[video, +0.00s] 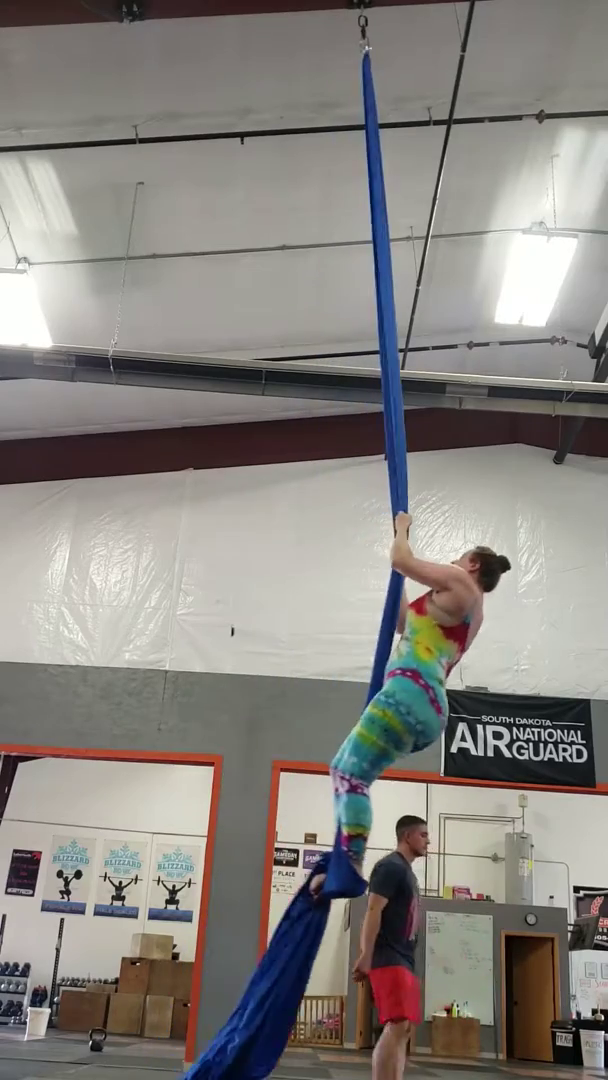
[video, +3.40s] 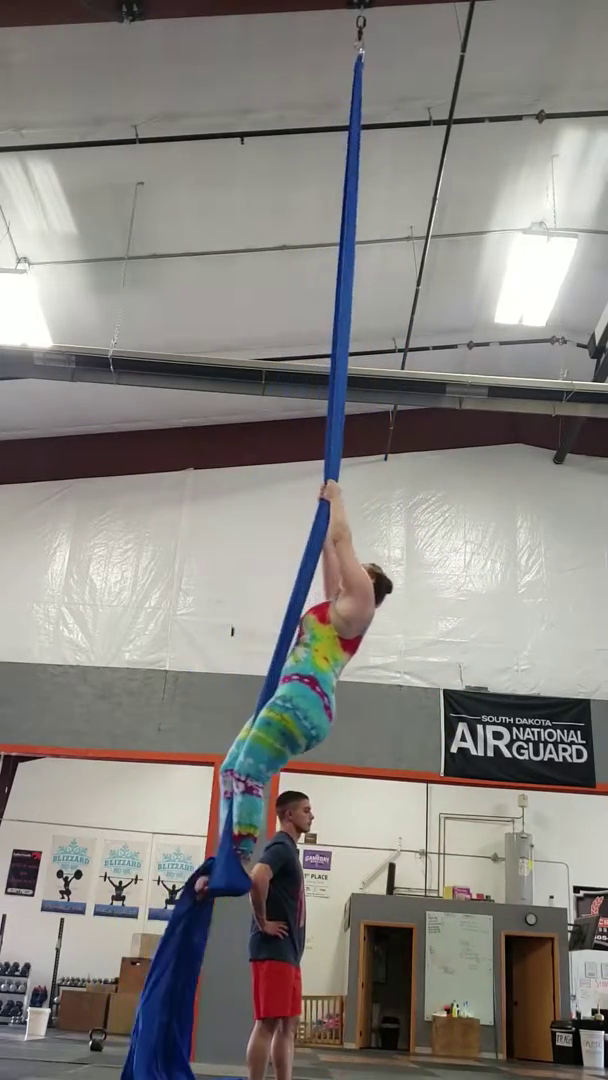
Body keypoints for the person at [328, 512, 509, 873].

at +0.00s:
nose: (456, 560)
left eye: (463, 556)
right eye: (462, 556)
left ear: (473, 563)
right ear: (482, 573)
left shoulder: (461, 582)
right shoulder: (473, 609)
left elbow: (402, 560)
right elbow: (406, 623)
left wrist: (402, 530)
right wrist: (396, 577)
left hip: (410, 692)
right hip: (431, 709)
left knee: (348, 771)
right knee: (352, 774)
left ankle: (348, 868)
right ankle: (348, 865)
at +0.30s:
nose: (450, 543)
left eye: (456, 540)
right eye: (455, 540)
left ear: (464, 546)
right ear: (477, 557)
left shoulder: (455, 565)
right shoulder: (459, 595)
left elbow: (395, 563)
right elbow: (394, 619)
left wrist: (408, 532)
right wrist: (404, 572)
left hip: (432, 679)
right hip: (458, 698)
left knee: (393, 773)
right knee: (393, 773)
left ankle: (410, 864)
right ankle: (404, 864)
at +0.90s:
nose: (442, 550)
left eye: (449, 548)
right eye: (447, 547)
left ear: (457, 556)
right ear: (469, 565)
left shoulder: (451, 579)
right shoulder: (448, 588)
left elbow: (393, 562)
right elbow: (399, 564)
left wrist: (401, 529)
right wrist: (395, 516)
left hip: (405, 691)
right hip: (415, 697)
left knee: (358, 778)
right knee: (347, 775)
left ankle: (360, 872)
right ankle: (355, 868)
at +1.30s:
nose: (390, 561)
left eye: (395, 559)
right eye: (394, 559)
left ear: (403, 567)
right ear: (413, 577)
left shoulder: (395, 591)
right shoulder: (396, 603)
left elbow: (338, 568)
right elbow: (354, 572)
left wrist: (347, 538)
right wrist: (352, 538)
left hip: (346, 697)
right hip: (364, 709)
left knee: (295, 781)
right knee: (287, 777)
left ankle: (297, 869)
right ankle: (292, 863)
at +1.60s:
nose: (334, 564)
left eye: (339, 562)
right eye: (337, 562)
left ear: (346, 571)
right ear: (355, 580)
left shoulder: (330, 588)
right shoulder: (344, 607)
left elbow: (274, 559)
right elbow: (302, 570)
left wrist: (284, 527)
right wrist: (310, 523)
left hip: (295, 697)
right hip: (318, 709)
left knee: (253, 780)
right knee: (247, 779)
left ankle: (260, 871)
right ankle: (260, 865)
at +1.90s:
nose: (307, 566)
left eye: (313, 566)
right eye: (312, 566)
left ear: (317, 578)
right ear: (322, 589)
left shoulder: (301, 591)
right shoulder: (307, 617)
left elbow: (276, 539)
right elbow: (273, 569)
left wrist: (273, 502)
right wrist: (281, 521)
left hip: (251, 693)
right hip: (272, 710)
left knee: (201, 773)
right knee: (200, 774)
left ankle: (199, 865)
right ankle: (196, 860)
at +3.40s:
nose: (353, 568)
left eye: (360, 568)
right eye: (354, 566)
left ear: (368, 582)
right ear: (354, 579)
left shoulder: (359, 602)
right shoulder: (336, 602)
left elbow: (341, 541)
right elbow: (326, 551)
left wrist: (337, 498)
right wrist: (324, 509)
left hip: (305, 698)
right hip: (293, 696)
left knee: (247, 768)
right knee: (232, 767)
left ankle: (241, 864)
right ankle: (230, 861)